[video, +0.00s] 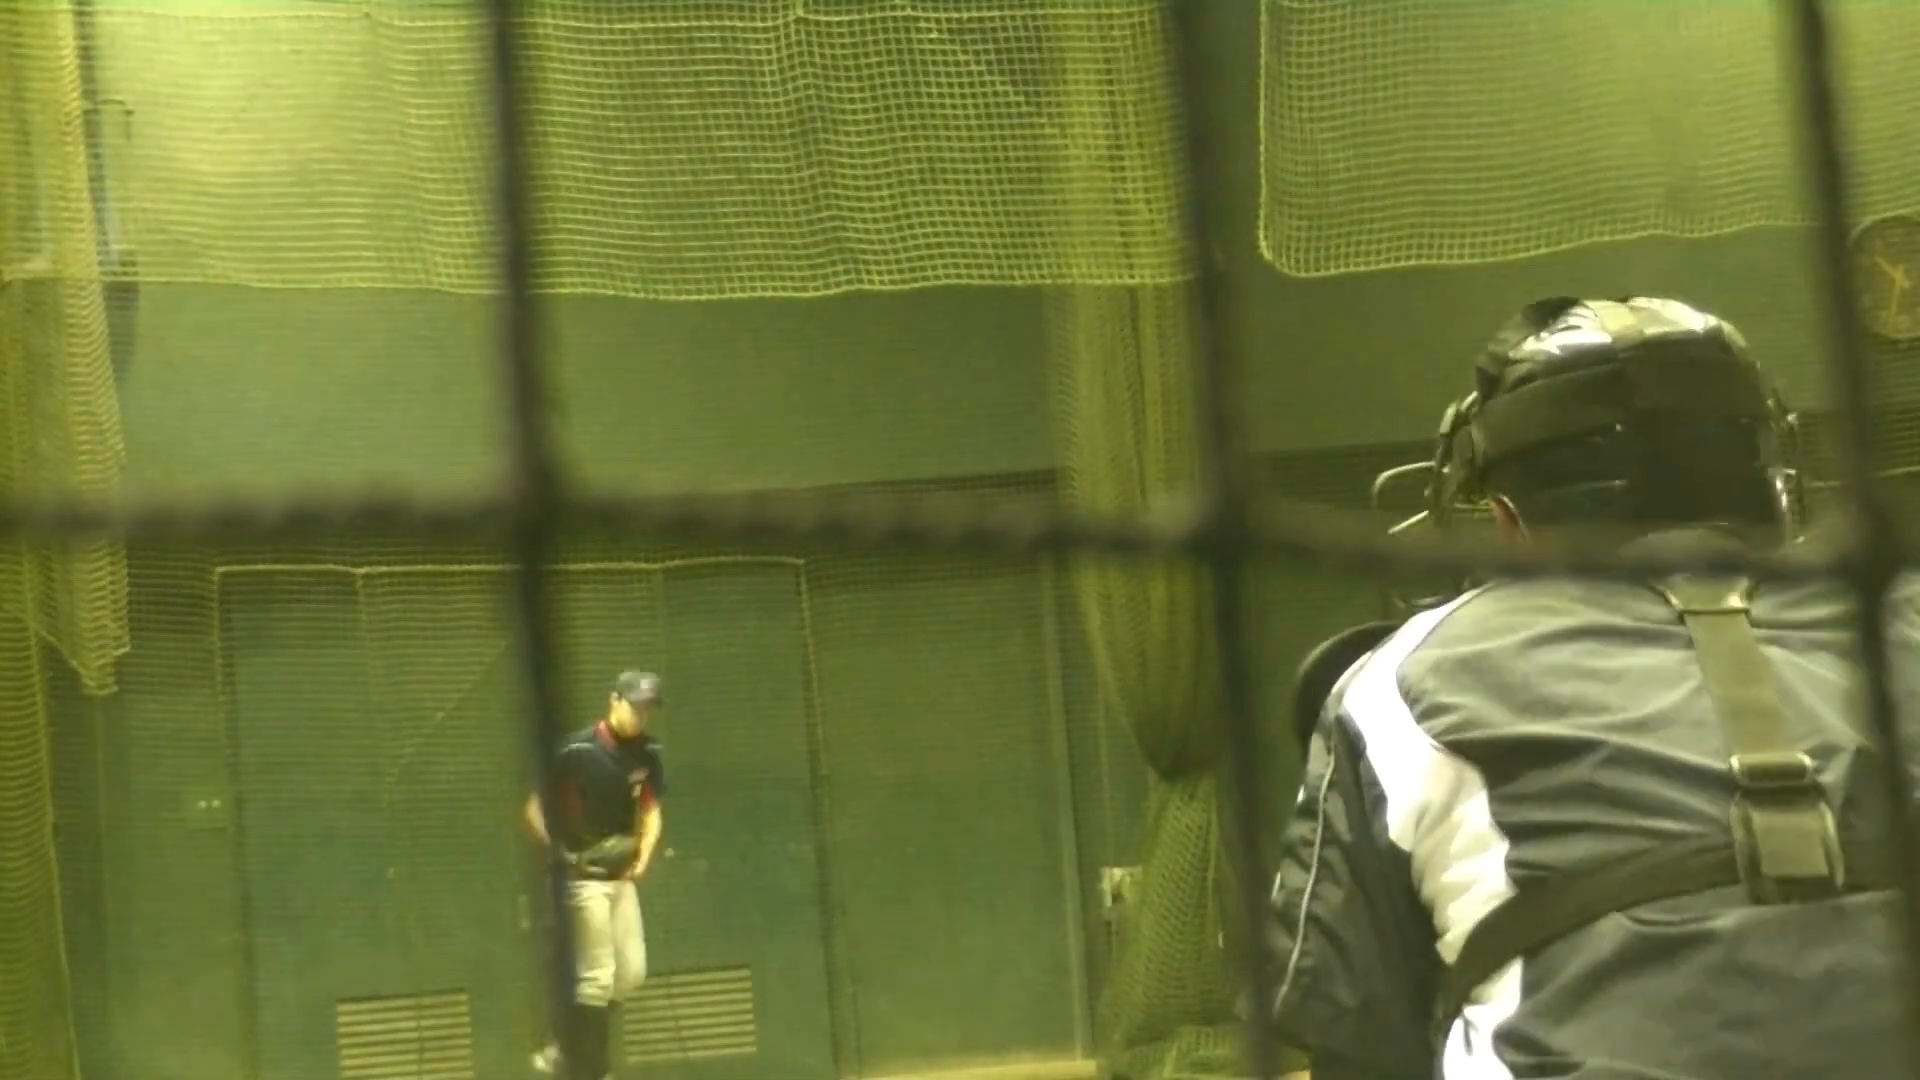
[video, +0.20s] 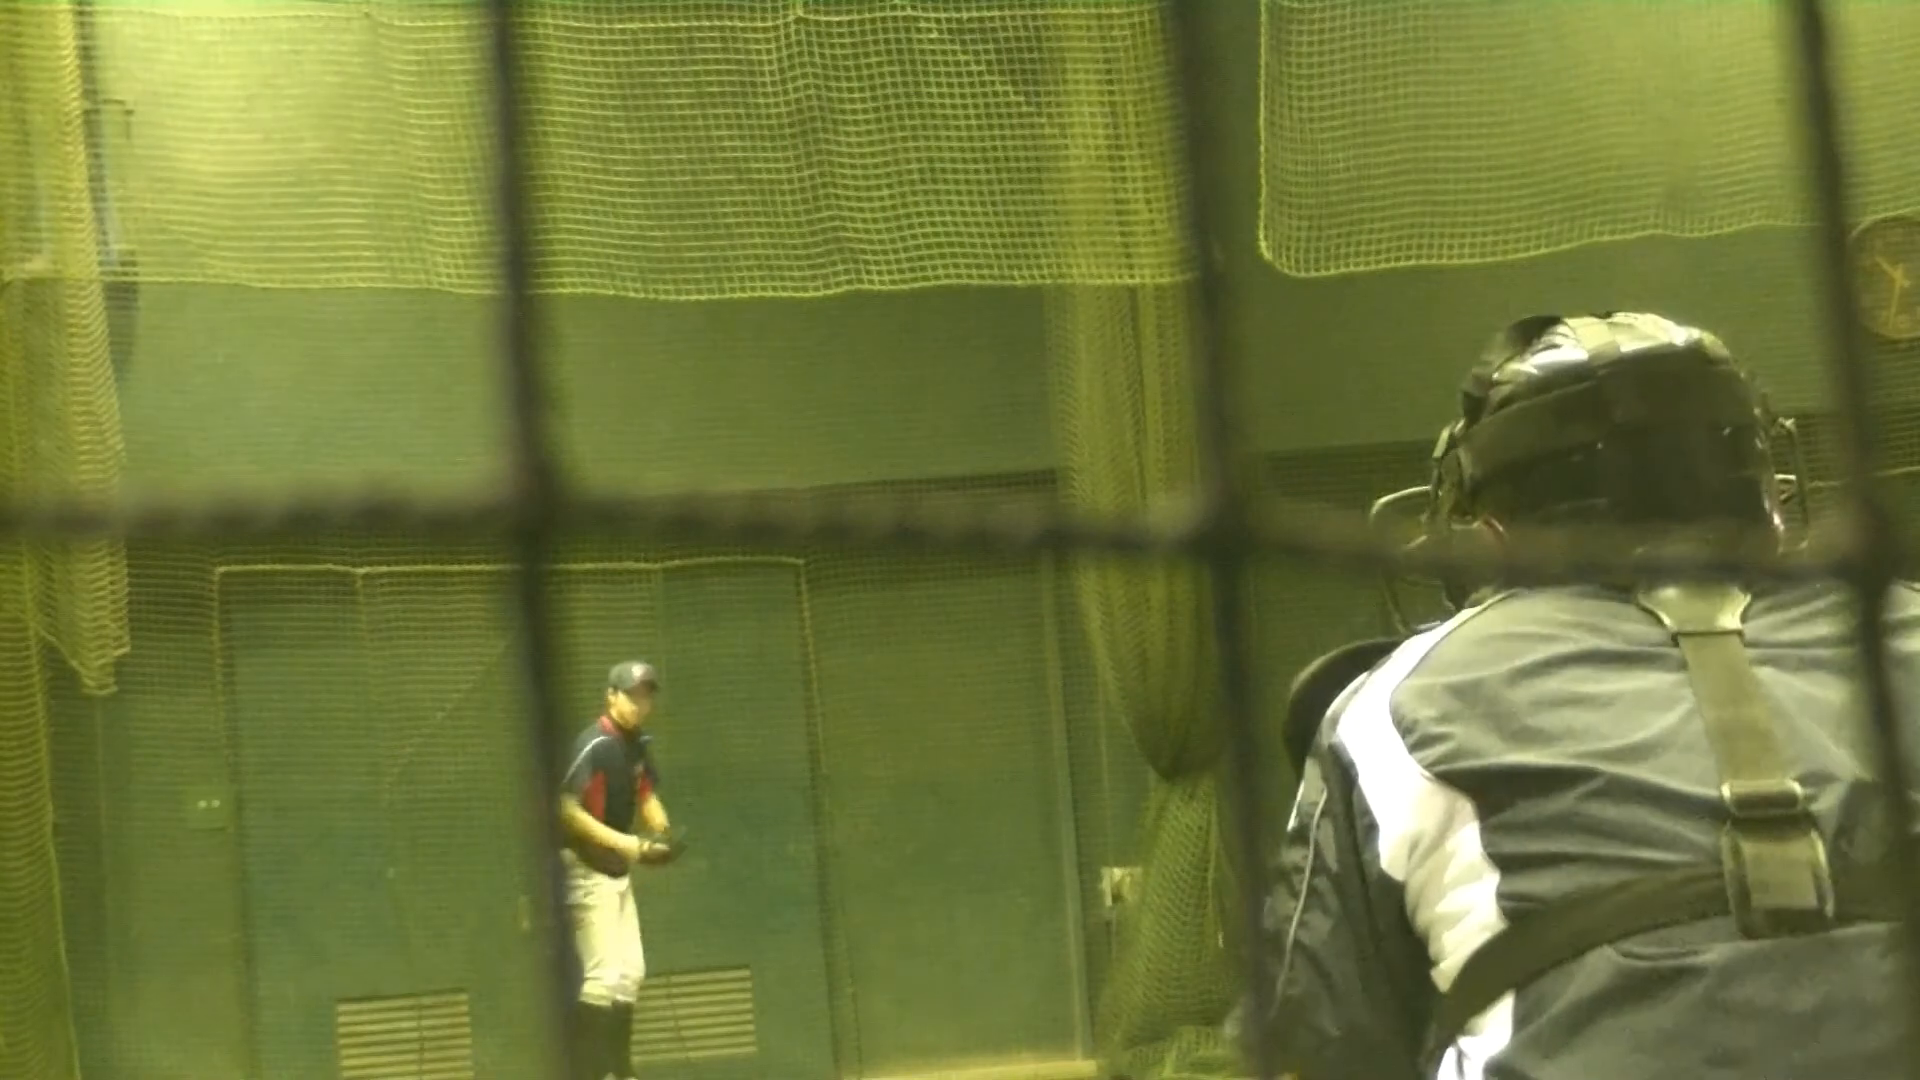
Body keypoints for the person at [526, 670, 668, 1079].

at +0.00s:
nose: (644, 717)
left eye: (648, 709)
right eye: (637, 708)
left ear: (650, 711)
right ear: (614, 703)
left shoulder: (646, 755)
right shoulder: (574, 752)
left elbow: (652, 810)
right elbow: (534, 807)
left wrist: (642, 858)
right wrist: (560, 852)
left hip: (622, 880)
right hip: (582, 880)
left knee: (630, 973)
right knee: (593, 981)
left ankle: (559, 1048)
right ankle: (591, 1070)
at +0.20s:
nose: (642, 705)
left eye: (647, 697)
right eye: (634, 696)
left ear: (652, 701)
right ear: (612, 697)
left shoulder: (638, 744)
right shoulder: (594, 745)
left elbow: (646, 794)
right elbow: (566, 809)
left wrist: (661, 832)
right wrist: (625, 845)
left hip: (617, 875)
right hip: (585, 875)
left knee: (628, 976)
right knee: (600, 981)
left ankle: (619, 1068)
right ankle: (588, 1072)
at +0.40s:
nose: (642, 698)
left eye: (647, 690)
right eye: (634, 690)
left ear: (651, 695)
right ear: (611, 692)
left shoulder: (625, 739)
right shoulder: (604, 736)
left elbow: (618, 808)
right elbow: (585, 802)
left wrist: (663, 828)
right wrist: (653, 825)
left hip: (624, 872)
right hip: (599, 870)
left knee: (634, 979)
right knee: (613, 979)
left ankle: (624, 1070)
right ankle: (594, 1072)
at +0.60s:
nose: (646, 698)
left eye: (650, 690)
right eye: (639, 690)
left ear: (651, 694)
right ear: (616, 691)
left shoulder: (628, 735)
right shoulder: (610, 732)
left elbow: (621, 804)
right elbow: (591, 788)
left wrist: (662, 831)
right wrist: (652, 822)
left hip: (625, 864)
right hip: (607, 862)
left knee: (635, 967)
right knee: (641, 964)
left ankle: (623, 1066)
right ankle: (613, 1066)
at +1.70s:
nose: (708, 717)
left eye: (710, 709)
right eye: (699, 709)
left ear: (678, 713)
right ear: (676, 710)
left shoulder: (660, 747)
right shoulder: (674, 751)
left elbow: (631, 813)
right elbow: (639, 809)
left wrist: (655, 878)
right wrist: (648, 878)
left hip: (626, 870)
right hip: (638, 871)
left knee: (662, 975)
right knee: (682, 979)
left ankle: (637, 1068)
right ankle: (666, 1072)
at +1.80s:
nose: (707, 723)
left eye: (709, 715)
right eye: (699, 715)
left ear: (709, 717)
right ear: (676, 716)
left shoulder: (660, 751)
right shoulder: (673, 756)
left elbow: (646, 832)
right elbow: (653, 826)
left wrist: (678, 906)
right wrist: (677, 897)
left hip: (620, 874)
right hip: (631, 877)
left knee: (657, 980)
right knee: (682, 979)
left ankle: (635, 1072)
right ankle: (669, 1072)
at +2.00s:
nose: (696, 734)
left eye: (699, 726)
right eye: (688, 726)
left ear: (702, 727)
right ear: (664, 727)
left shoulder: (649, 764)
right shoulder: (666, 769)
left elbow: (681, 846)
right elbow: (689, 842)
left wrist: (723, 887)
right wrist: (745, 892)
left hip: (613, 886)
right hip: (628, 888)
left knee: (661, 982)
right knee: (684, 983)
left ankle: (635, 1073)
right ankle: (668, 1072)